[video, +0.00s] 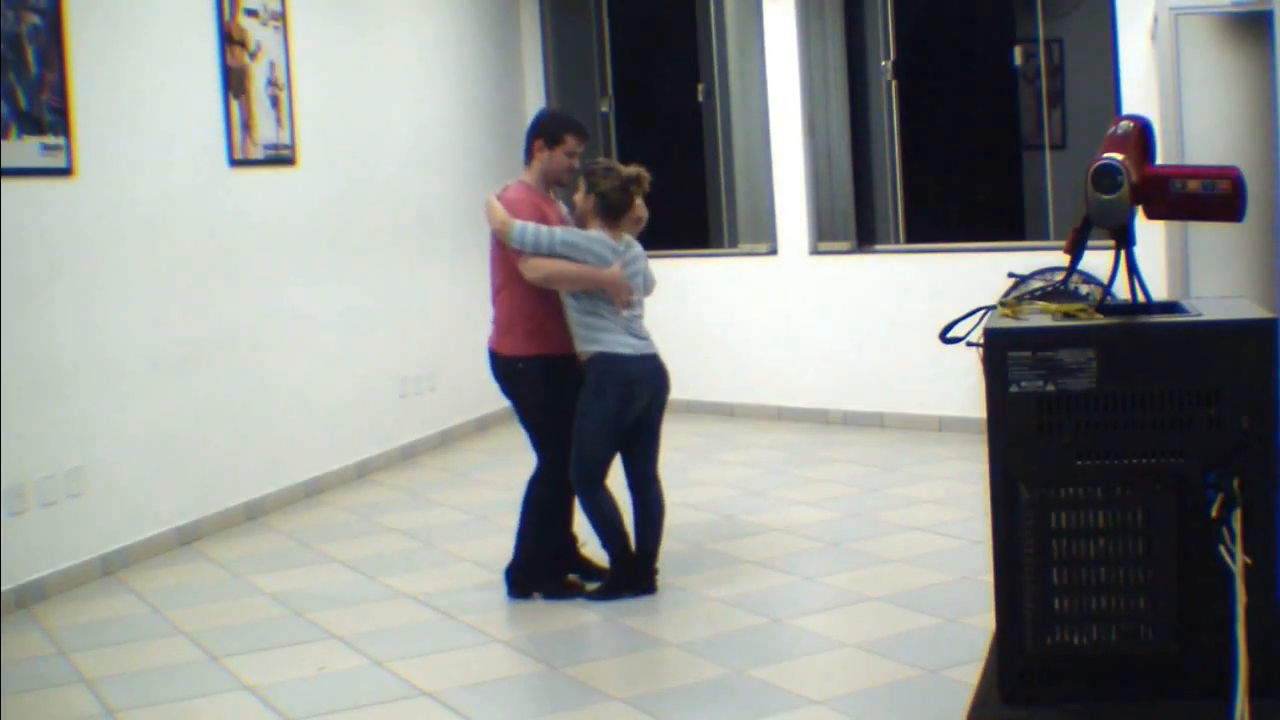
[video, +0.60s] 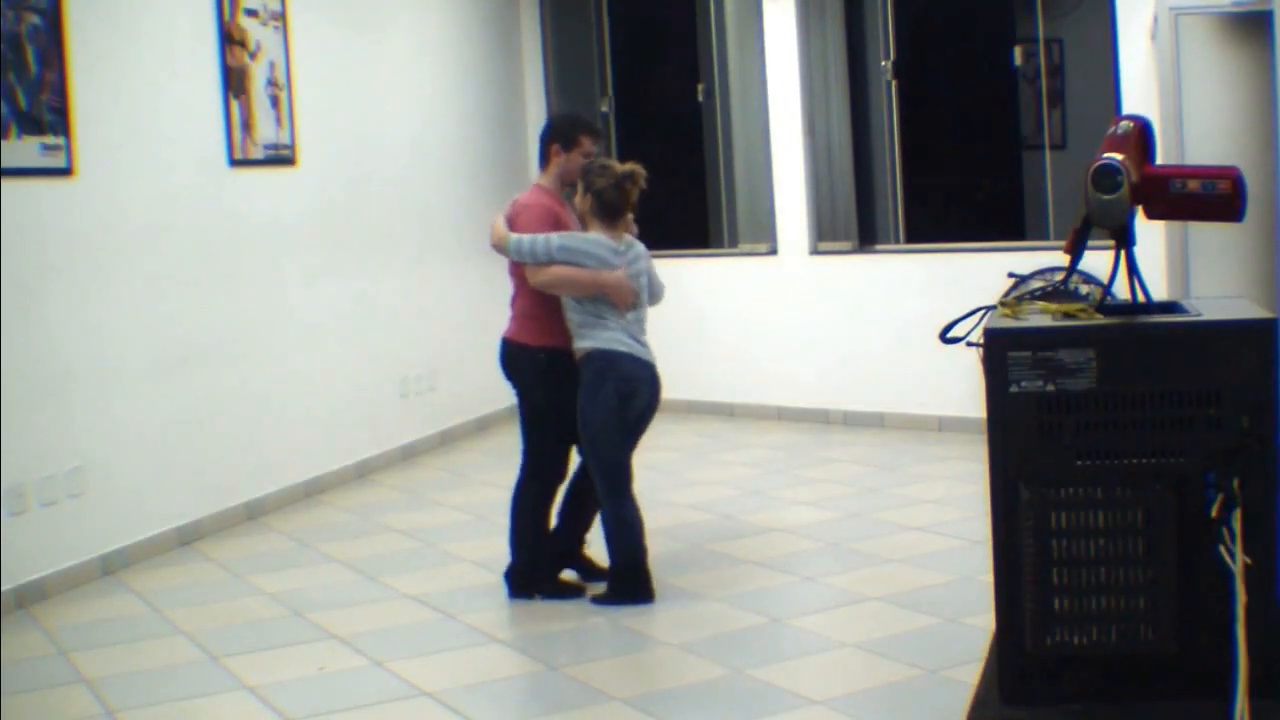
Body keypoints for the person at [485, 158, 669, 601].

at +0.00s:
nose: (573, 198)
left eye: (578, 192)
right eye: (575, 191)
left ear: (586, 202)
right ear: (629, 209)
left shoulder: (584, 244)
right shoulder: (634, 255)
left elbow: (504, 226)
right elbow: (648, 285)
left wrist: (490, 199)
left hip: (610, 371)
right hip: (651, 372)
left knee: (585, 477)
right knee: (645, 478)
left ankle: (624, 568)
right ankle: (644, 571)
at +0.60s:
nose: (575, 200)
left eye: (578, 194)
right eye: (577, 193)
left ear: (583, 203)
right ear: (626, 208)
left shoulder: (580, 247)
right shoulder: (636, 255)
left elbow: (502, 241)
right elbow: (655, 292)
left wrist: (502, 213)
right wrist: (631, 241)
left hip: (604, 370)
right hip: (645, 377)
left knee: (611, 481)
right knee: (609, 476)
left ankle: (631, 582)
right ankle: (631, 575)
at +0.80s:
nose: (614, 162)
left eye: (617, 153)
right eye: (608, 152)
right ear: (581, 149)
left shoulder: (591, 205)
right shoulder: (557, 203)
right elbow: (552, 269)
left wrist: (648, 234)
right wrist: (618, 284)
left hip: (592, 346)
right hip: (555, 348)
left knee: (616, 462)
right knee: (558, 463)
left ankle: (639, 556)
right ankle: (529, 566)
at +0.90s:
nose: (627, 159)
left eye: (631, 150)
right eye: (623, 148)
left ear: (603, 149)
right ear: (596, 145)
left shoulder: (608, 199)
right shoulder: (569, 200)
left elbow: (633, 256)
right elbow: (562, 267)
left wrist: (664, 232)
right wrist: (624, 284)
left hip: (606, 343)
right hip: (567, 345)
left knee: (629, 458)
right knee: (561, 460)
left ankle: (652, 543)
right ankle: (532, 560)